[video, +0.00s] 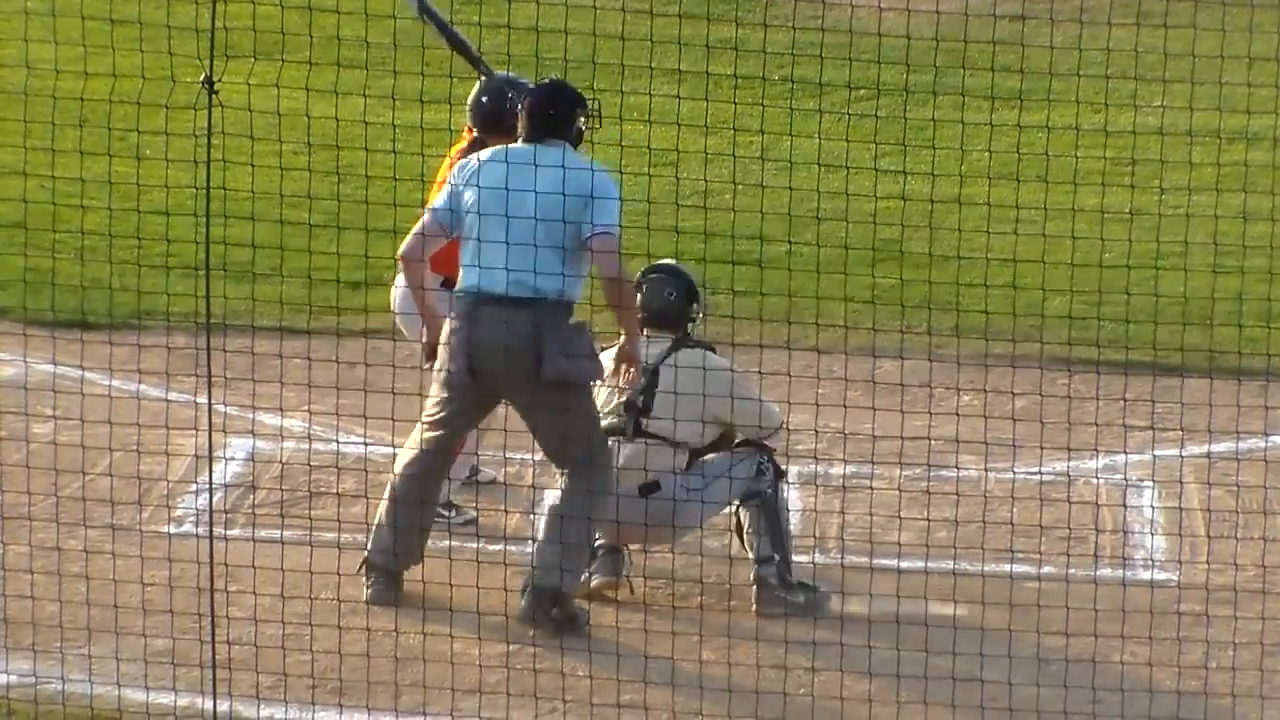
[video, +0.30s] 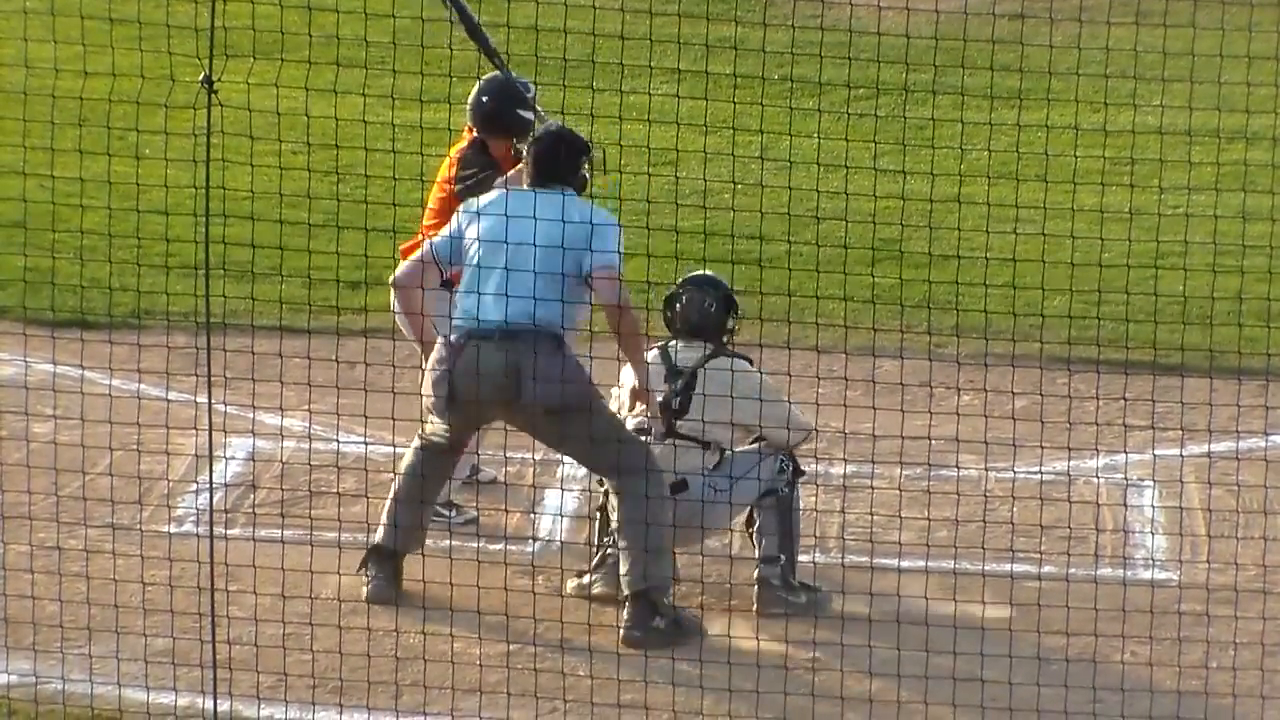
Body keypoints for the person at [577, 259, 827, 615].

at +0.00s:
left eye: (637, 299)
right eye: (691, 306)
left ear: (636, 310)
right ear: (687, 315)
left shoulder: (604, 361)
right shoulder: (703, 365)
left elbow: (593, 429)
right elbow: (769, 428)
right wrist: (701, 450)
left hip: (594, 504)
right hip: (660, 510)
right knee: (759, 464)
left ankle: (605, 561)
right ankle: (775, 584)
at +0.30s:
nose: (730, 323)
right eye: (727, 316)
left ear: (672, 319)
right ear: (722, 324)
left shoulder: (639, 363)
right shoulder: (734, 372)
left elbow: (613, 418)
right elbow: (795, 432)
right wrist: (745, 447)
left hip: (629, 504)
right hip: (691, 508)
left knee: (610, 450)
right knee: (779, 462)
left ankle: (605, 570)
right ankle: (776, 580)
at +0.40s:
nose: (736, 328)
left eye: (733, 319)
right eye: (734, 320)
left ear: (678, 322)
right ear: (728, 327)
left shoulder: (644, 365)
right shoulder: (739, 376)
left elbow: (623, 426)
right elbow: (802, 435)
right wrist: (746, 444)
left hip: (632, 504)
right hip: (694, 509)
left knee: (624, 450)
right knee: (781, 462)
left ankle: (607, 569)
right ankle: (778, 582)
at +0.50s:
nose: (738, 329)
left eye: (734, 320)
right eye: (736, 322)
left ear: (679, 324)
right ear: (731, 328)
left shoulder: (649, 368)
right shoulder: (742, 378)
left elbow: (625, 426)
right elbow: (805, 439)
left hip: (634, 504)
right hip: (692, 511)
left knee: (626, 451)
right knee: (781, 466)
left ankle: (607, 567)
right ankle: (777, 583)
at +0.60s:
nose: (739, 331)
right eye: (736, 324)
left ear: (679, 326)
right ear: (731, 331)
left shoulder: (649, 370)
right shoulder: (741, 383)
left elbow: (630, 430)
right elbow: (808, 449)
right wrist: (821, 464)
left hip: (634, 506)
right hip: (694, 510)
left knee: (626, 454)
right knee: (778, 471)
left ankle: (605, 569)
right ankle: (776, 585)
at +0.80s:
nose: (734, 336)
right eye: (731, 330)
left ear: (674, 332)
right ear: (726, 335)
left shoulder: (645, 375)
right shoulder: (733, 388)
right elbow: (783, 461)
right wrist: (823, 513)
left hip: (623, 514)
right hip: (679, 521)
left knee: (615, 452)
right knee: (768, 471)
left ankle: (605, 571)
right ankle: (775, 587)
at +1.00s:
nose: (731, 344)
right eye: (727, 337)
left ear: (669, 339)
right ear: (721, 343)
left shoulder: (642, 381)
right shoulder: (729, 394)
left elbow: (617, 446)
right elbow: (754, 471)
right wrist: (788, 536)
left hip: (627, 506)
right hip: (686, 512)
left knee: (615, 464)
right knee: (769, 470)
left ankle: (605, 576)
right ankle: (774, 592)